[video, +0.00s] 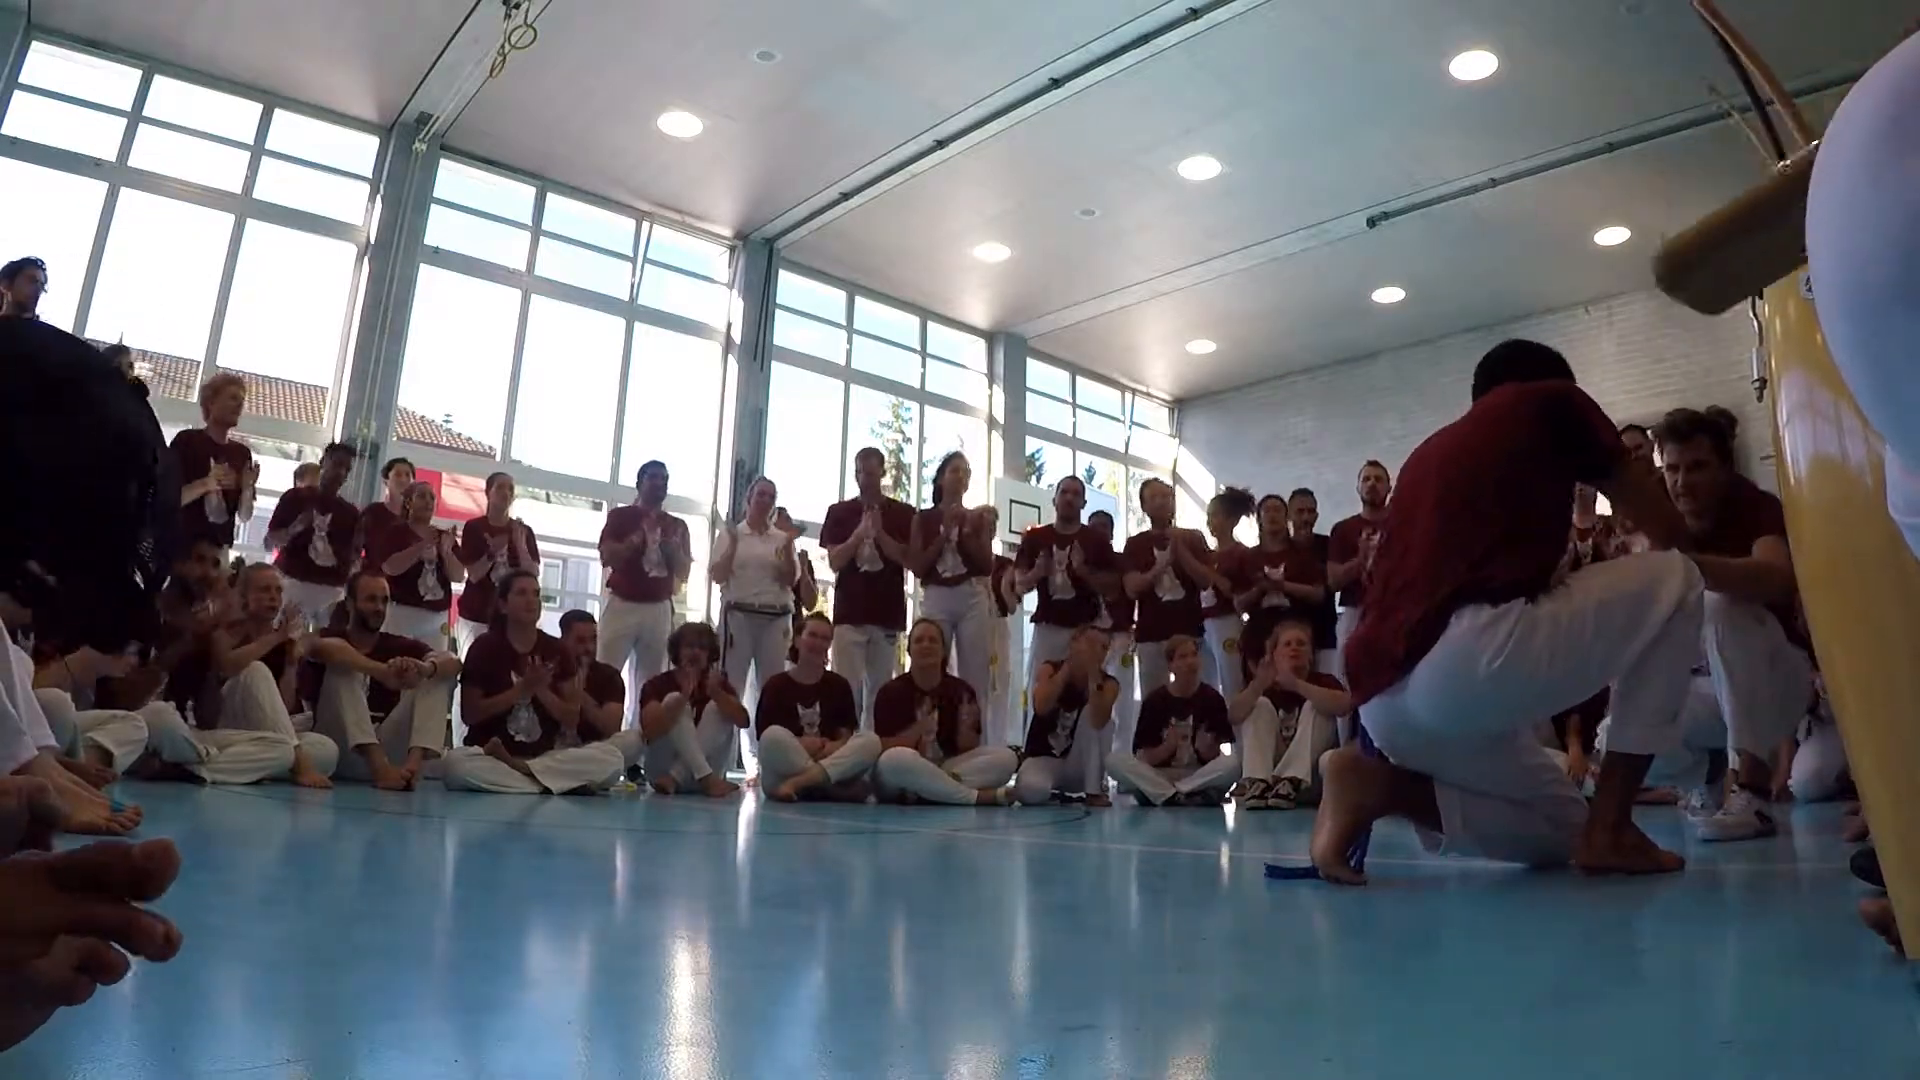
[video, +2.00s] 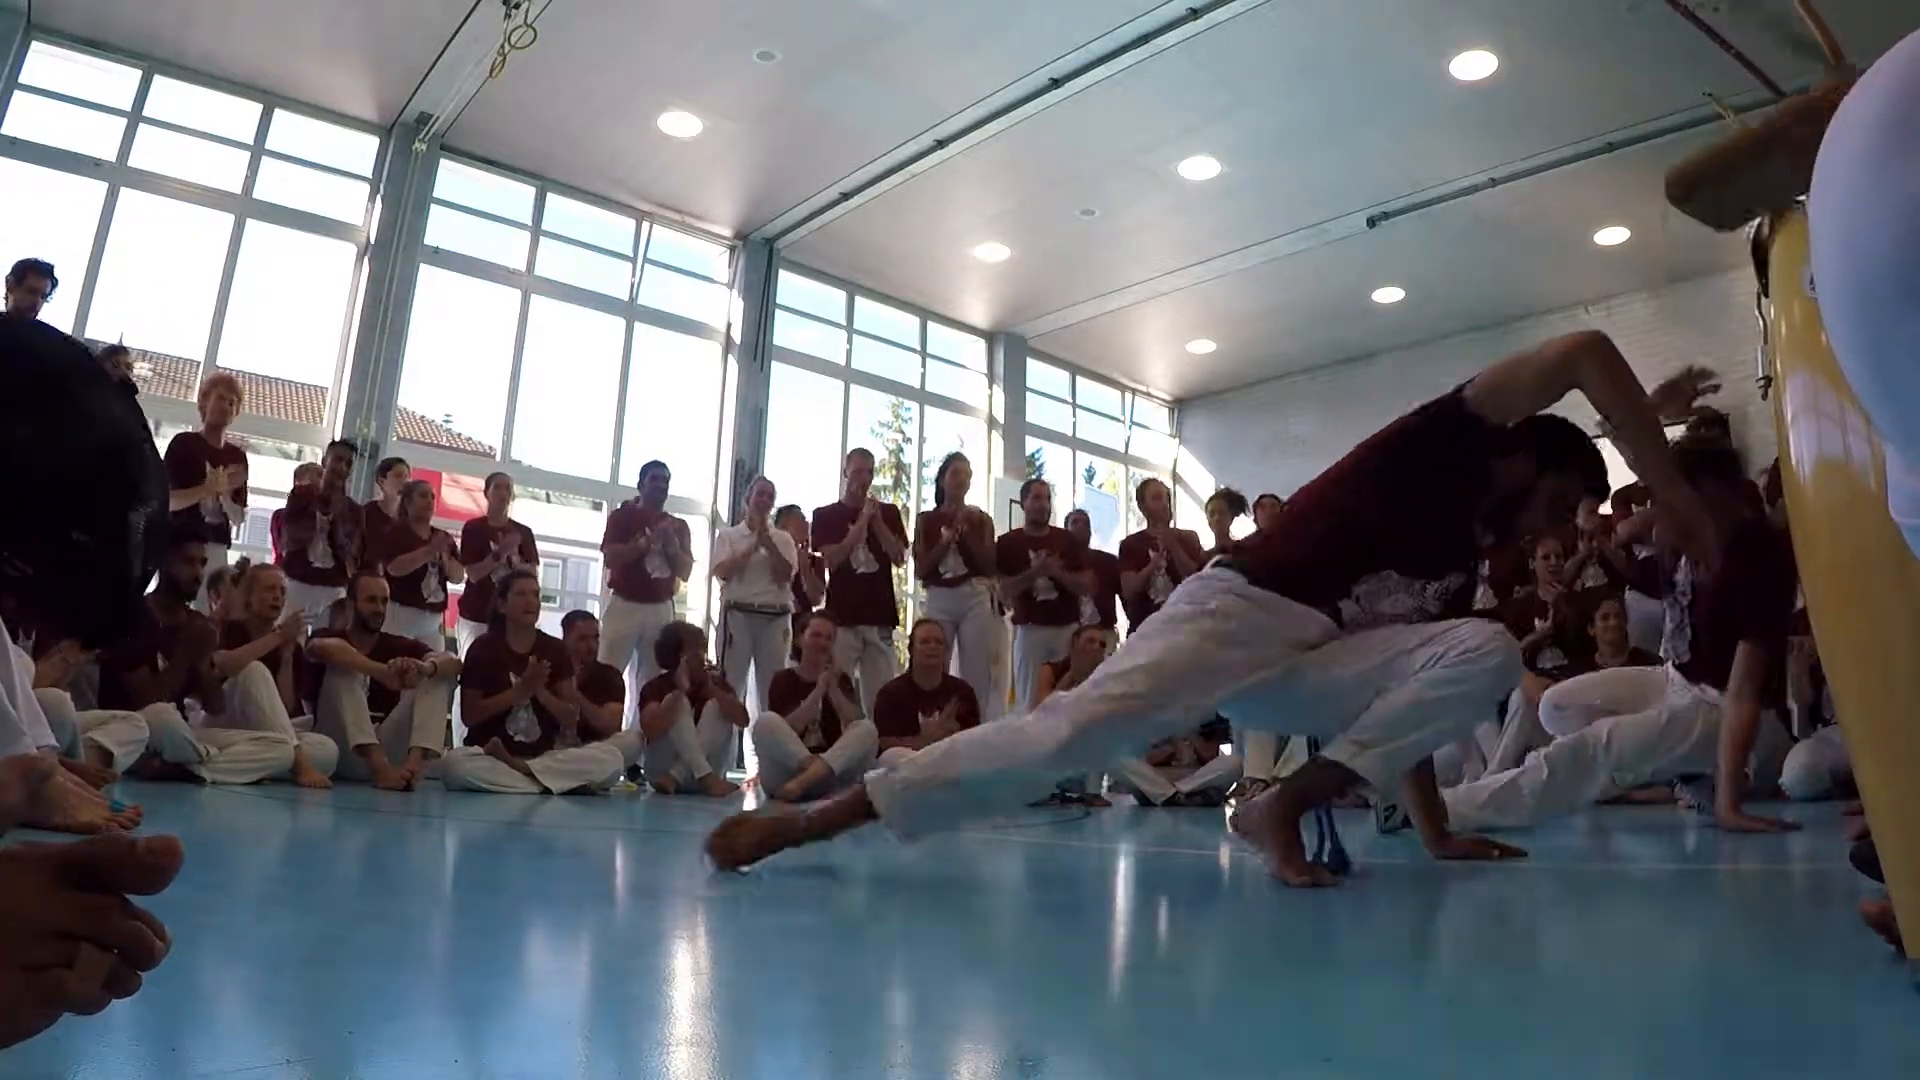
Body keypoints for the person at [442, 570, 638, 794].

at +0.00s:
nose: (531, 601)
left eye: (536, 594)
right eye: (521, 594)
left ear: (542, 602)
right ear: (503, 604)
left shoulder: (558, 648)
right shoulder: (483, 647)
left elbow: (572, 717)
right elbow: (470, 714)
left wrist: (539, 689)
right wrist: (522, 690)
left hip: (545, 756)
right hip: (489, 755)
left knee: (612, 758)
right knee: (455, 766)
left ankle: (523, 766)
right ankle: (549, 786)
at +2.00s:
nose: (531, 602)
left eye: (535, 595)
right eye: (521, 595)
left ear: (541, 602)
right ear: (501, 604)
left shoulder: (556, 649)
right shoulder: (482, 648)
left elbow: (571, 717)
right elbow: (470, 715)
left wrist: (538, 690)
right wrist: (520, 691)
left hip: (546, 755)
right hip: (489, 754)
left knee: (612, 759)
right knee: (454, 765)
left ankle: (524, 766)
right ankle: (549, 786)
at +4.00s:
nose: (529, 603)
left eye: (534, 597)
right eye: (519, 597)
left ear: (540, 603)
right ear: (500, 605)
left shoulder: (556, 649)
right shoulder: (481, 648)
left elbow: (570, 718)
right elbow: (469, 717)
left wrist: (536, 691)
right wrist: (521, 690)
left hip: (546, 756)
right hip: (489, 755)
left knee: (612, 759)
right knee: (455, 766)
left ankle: (522, 766)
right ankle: (548, 786)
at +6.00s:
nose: (528, 603)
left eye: (533, 597)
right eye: (519, 597)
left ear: (539, 603)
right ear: (500, 605)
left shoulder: (554, 649)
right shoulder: (481, 648)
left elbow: (569, 717)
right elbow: (469, 716)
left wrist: (535, 688)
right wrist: (519, 690)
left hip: (546, 756)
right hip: (488, 756)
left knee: (613, 758)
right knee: (454, 765)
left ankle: (522, 766)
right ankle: (550, 786)